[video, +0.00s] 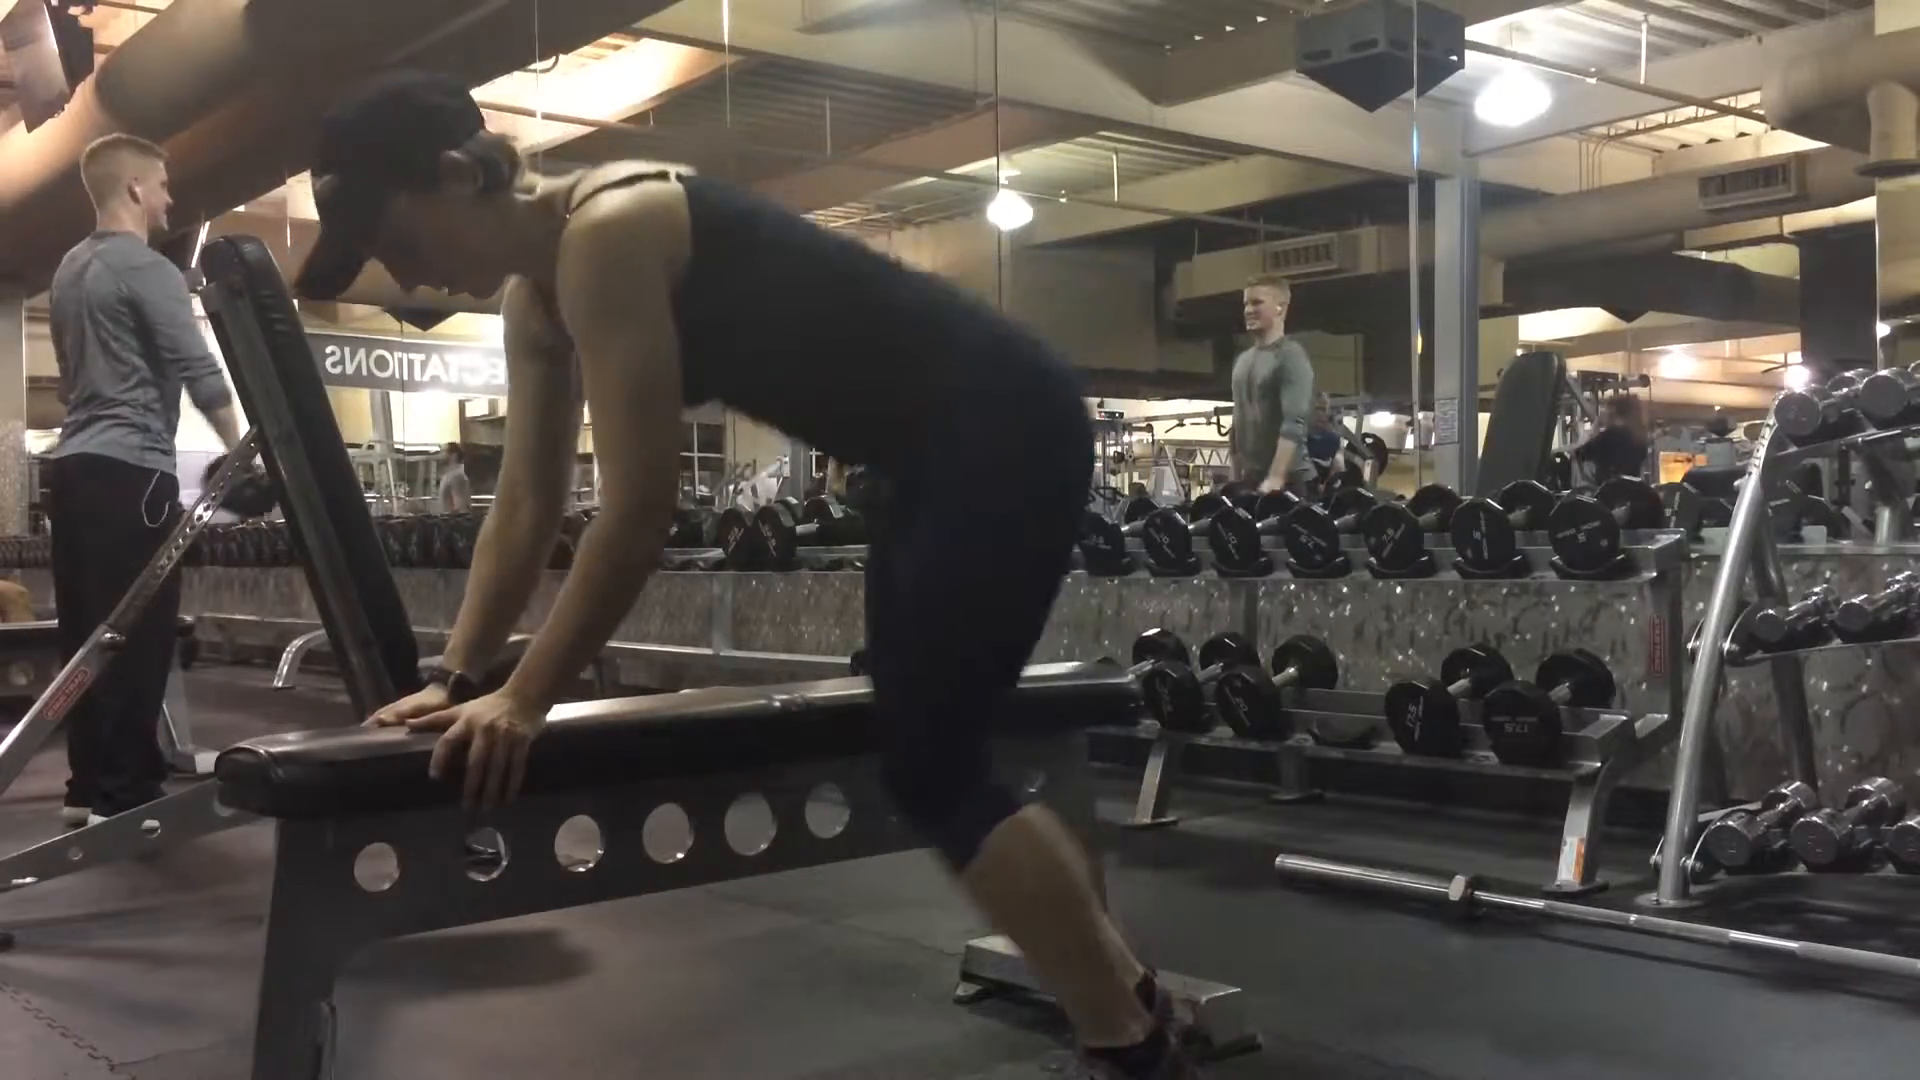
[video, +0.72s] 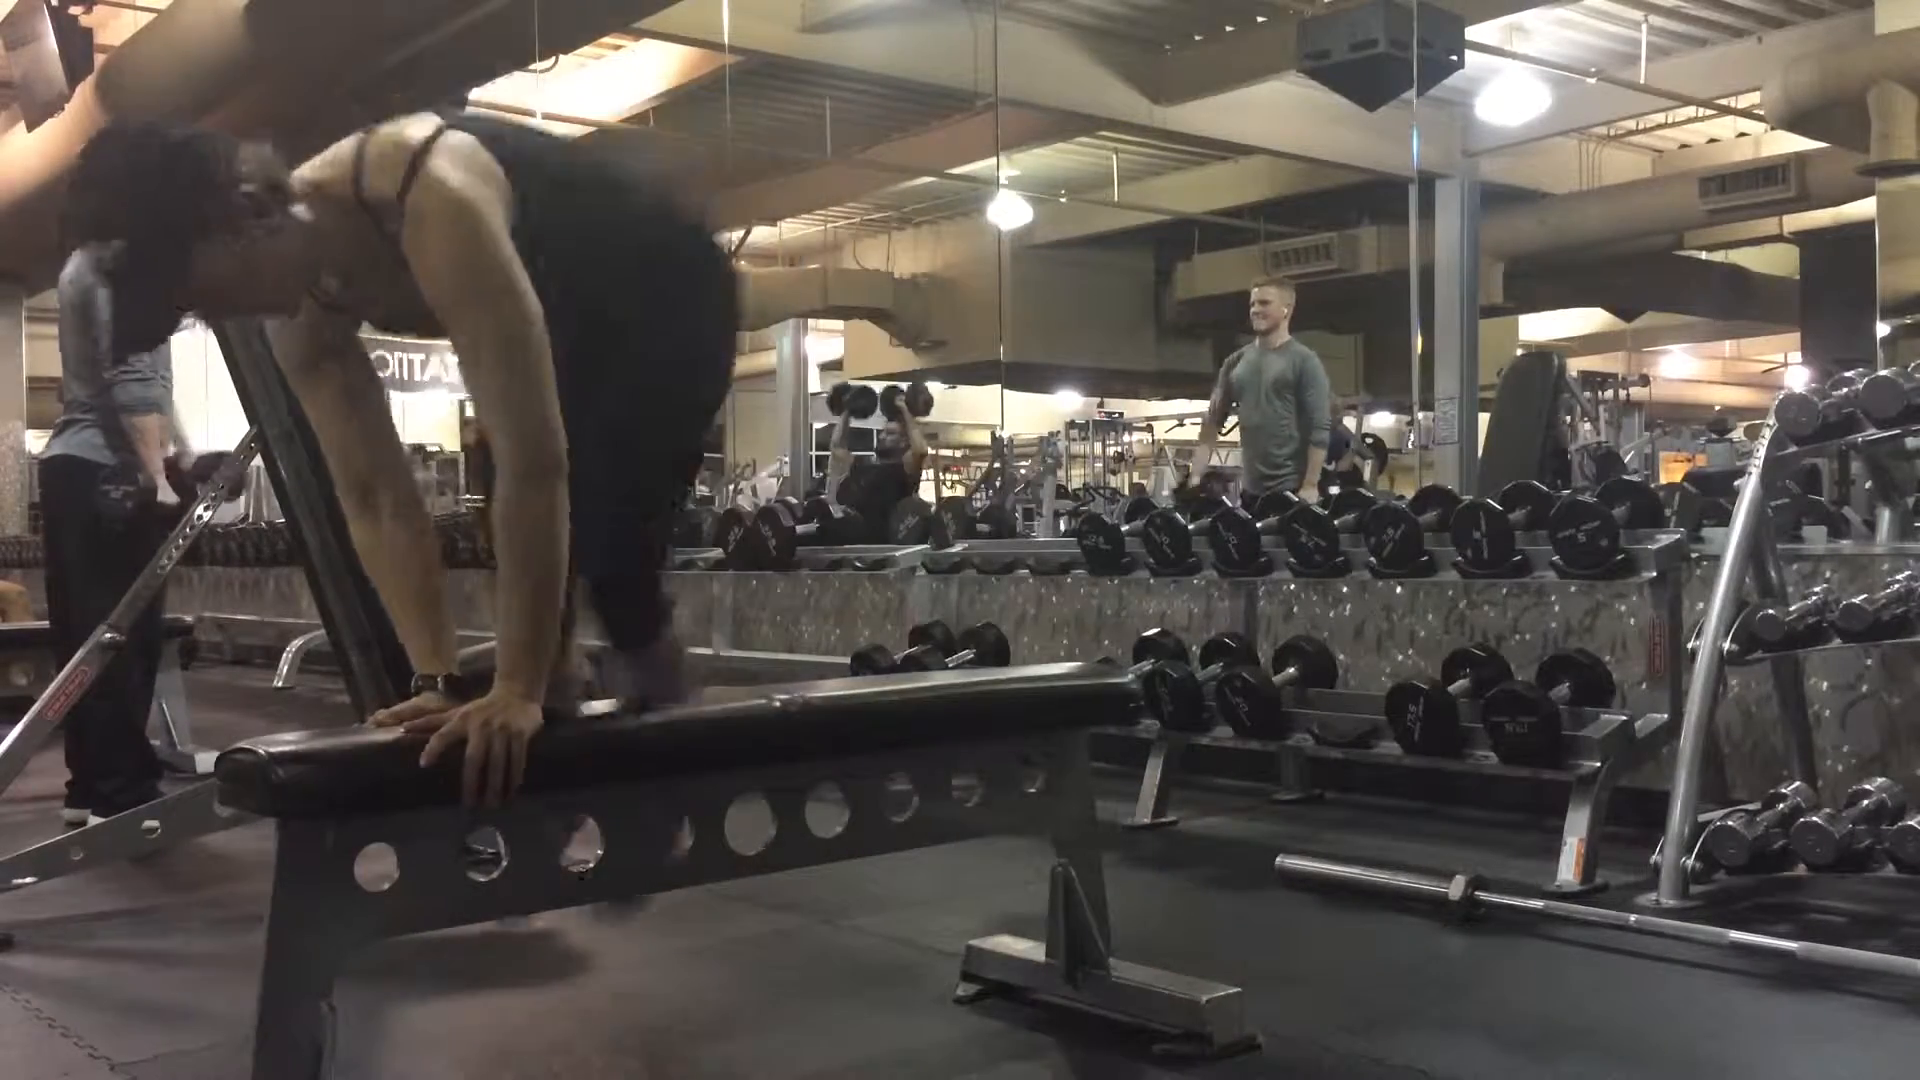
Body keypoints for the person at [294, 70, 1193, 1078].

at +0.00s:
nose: (402, 283)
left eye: (394, 245)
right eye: (382, 261)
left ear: (455, 179)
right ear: (454, 192)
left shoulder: (610, 239)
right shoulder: (539, 287)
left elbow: (638, 505)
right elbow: (525, 495)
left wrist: (522, 695)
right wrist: (458, 674)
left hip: (996, 430)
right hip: (926, 453)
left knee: (934, 769)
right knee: (936, 756)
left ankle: (1128, 1036)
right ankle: (1123, 992)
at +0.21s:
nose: (274, 281)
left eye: (260, 248)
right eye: (251, 263)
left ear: (314, 181)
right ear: (296, 210)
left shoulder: (512, 218)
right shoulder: (411, 279)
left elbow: (570, 492)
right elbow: (444, 478)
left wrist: (522, 688)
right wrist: (448, 670)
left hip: (887, 356)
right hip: (824, 385)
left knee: (957, 681)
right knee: (948, 677)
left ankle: (1077, 956)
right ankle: (1077, 940)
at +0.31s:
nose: (259, 300)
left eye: (240, 273)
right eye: (232, 290)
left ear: (266, 181)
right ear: (261, 190)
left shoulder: (444, 191)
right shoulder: (355, 265)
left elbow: (522, 453)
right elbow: (415, 473)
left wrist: (518, 684)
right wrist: (440, 672)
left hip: (811, 231)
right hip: (745, 271)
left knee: (842, 540)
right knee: (824, 542)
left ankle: (1070, 778)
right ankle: (1049, 752)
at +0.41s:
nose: (238, 324)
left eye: (222, 297)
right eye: (211, 313)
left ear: (253, 205)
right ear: (238, 216)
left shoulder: (425, 202)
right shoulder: (337, 266)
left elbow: (508, 459)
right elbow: (402, 475)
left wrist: (514, 687)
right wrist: (440, 670)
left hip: (776, 196)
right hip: (701, 235)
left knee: (717, 483)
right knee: (685, 504)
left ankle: (953, 444)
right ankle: (934, 441)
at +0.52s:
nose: (232, 341)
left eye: (213, 312)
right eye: (204, 329)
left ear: (247, 224)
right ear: (245, 227)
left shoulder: (421, 201)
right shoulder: (335, 286)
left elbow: (511, 458)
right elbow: (400, 478)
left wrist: (516, 692)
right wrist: (439, 677)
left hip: (748, 202)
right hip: (648, 230)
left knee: (633, 471)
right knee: (574, 473)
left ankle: (830, 369)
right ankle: (803, 373)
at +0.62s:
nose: (214, 340)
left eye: (198, 311)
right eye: (189, 326)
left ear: (240, 221)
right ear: (239, 225)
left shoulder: (418, 206)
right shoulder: (309, 284)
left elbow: (508, 459)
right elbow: (386, 485)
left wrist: (516, 691)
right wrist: (438, 680)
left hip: (718, 201)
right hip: (600, 245)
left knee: (607, 469)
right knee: (552, 473)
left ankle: (760, 530)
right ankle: (712, 545)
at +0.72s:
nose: (245, 320)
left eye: (222, 299)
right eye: (217, 314)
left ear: (246, 213)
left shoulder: (439, 199)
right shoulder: (302, 305)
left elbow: (534, 461)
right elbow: (374, 494)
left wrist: (518, 687)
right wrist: (440, 679)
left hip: (666, 286)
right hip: (551, 310)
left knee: (617, 556)